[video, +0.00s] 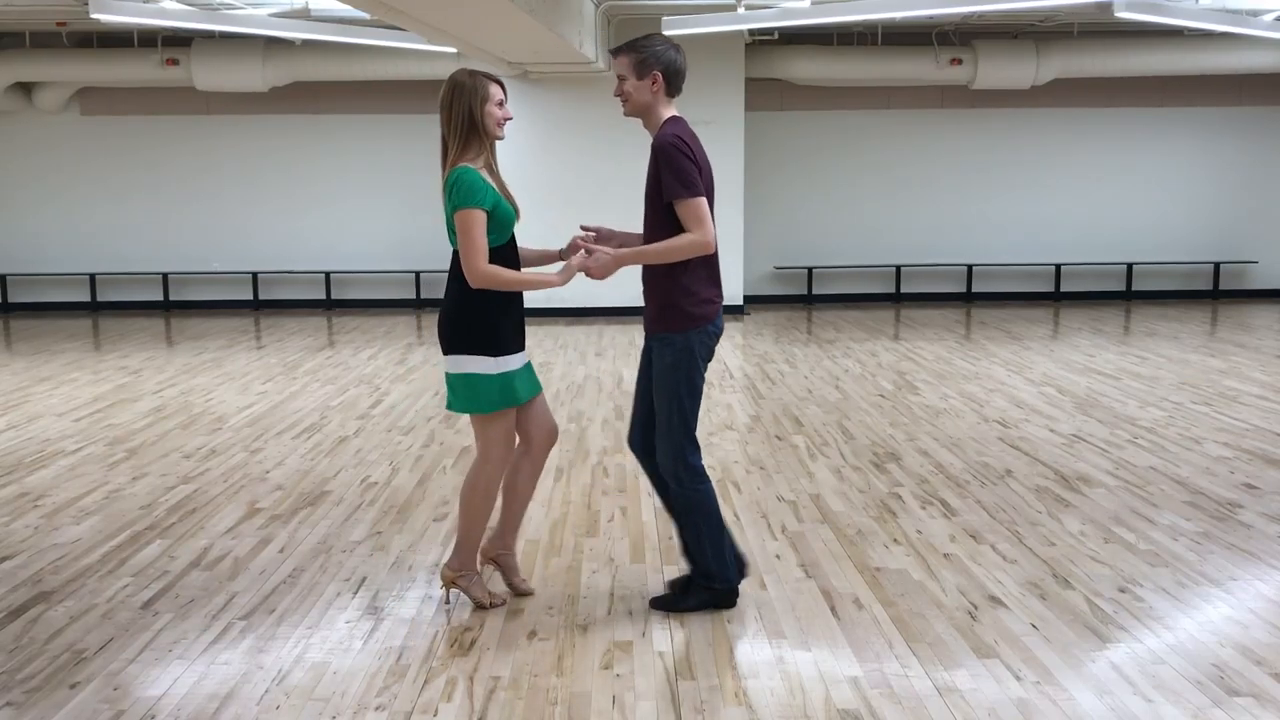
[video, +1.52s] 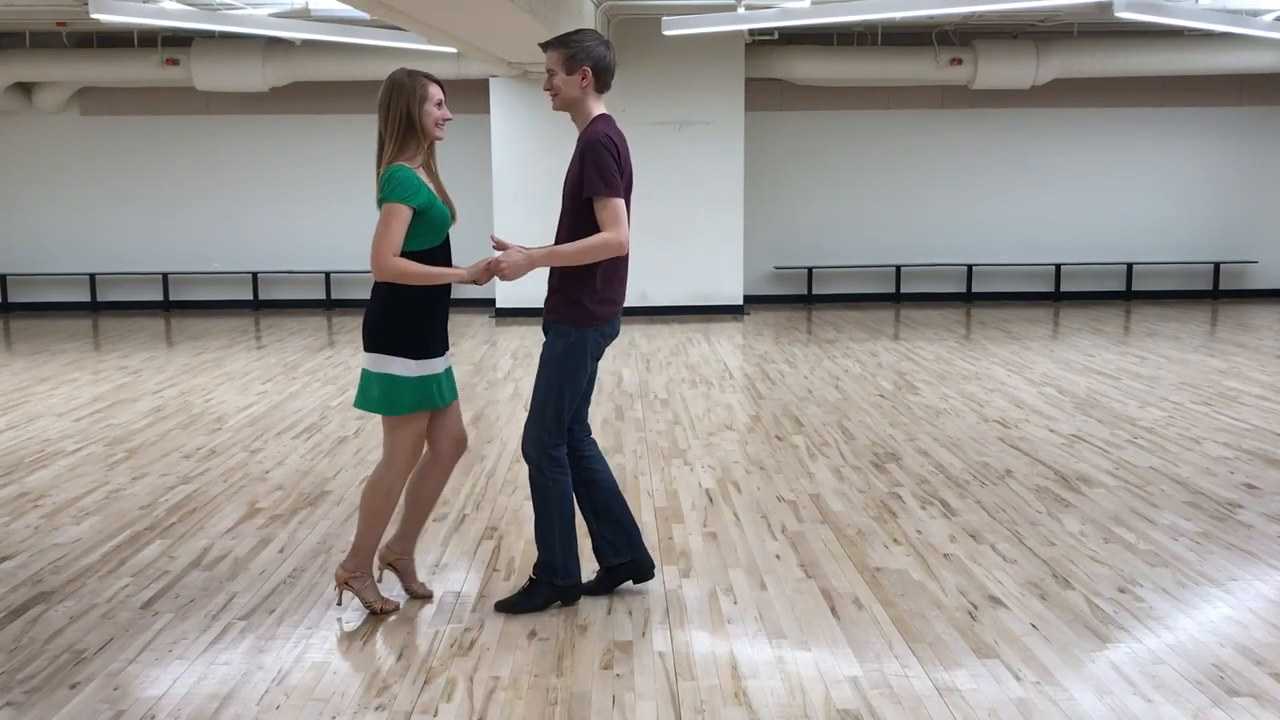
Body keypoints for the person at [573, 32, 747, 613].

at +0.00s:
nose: (616, 92)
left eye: (622, 81)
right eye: (615, 82)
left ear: (656, 81)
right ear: (653, 84)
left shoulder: (673, 143)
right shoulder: (669, 139)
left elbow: (702, 238)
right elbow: (676, 235)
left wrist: (622, 259)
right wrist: (616, 240)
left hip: (686, 324)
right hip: (672, 323)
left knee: (672, 447)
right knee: (646, 439)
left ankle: (716, 578)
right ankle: (717, 557)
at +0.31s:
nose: (623, 85)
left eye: (630, 75)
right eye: (623, 76)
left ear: (661, 76)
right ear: (663, 78)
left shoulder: (683, 141)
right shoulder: (679, 136)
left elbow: (714, 237)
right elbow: (690, 224)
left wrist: (636, 249)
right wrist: (634, 223)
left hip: (702, 319)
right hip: (706, 315)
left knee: (687, 449)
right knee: (716, 438)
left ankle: (718, 576)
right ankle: (776, 557)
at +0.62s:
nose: (610, 89)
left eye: (616, 79)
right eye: (610, 79)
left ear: (648, 81)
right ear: (647, 83)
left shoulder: (667, 141)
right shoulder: (665, 138)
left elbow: (697, 237)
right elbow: (681, 235)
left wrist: (618, 235)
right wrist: (612, 233)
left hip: (680, 322)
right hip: (663, 320)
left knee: (674, 449)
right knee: (633, 434)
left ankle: (716, 579)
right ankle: (721, 537)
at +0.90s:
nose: (583, 83)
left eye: (589, 73)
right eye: (584, 73)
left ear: (620, 76)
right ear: (619, 78)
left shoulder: (636, 139)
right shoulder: (635, 136)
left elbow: (658, 237)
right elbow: (638, 226)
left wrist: (581, 218)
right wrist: (584, 229)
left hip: (639, 320)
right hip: (624, 318)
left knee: (636, 445)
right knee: (611, 440)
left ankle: (706, 565)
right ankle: (631, 567)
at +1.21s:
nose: (557, 86)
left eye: (565, 75)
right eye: (558, 76)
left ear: (596, 78)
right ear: (597, 79)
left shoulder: (614, 145)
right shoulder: (609, 141)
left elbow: (633, 244)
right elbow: (605, 240)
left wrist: (552, 262)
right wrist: (545, 254)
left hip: (602, 322)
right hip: (601, 319)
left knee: (554, 441)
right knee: (597, 436)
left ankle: (576, 576)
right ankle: (633, 567)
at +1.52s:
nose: (545, 83)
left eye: (552, 73)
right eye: (546, 74)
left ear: (583, 76)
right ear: (585, 77)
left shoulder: (599, 140)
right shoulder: (598, 137)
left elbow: (615, 239)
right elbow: (594, 238)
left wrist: (533, 258)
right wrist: (530, 252)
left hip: (580, 320)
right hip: (583, 316)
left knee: (544, 443)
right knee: (571, 436)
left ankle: (556, 577)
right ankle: (626, 557)